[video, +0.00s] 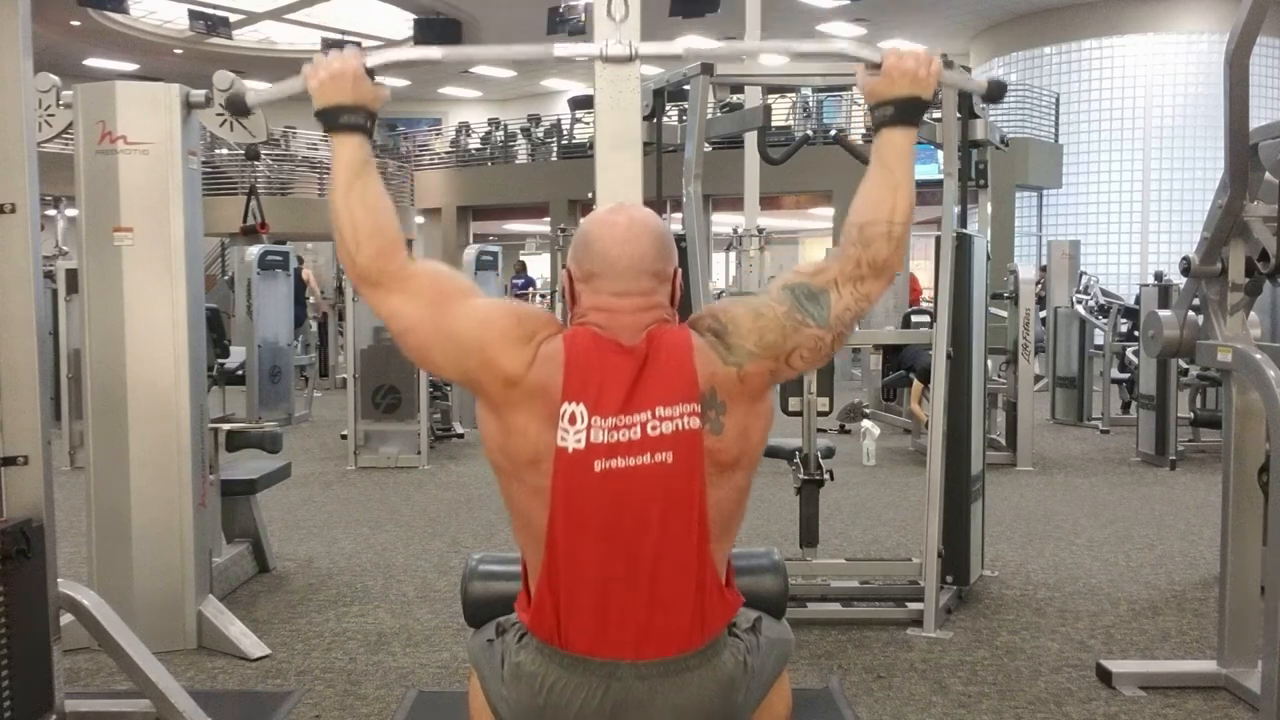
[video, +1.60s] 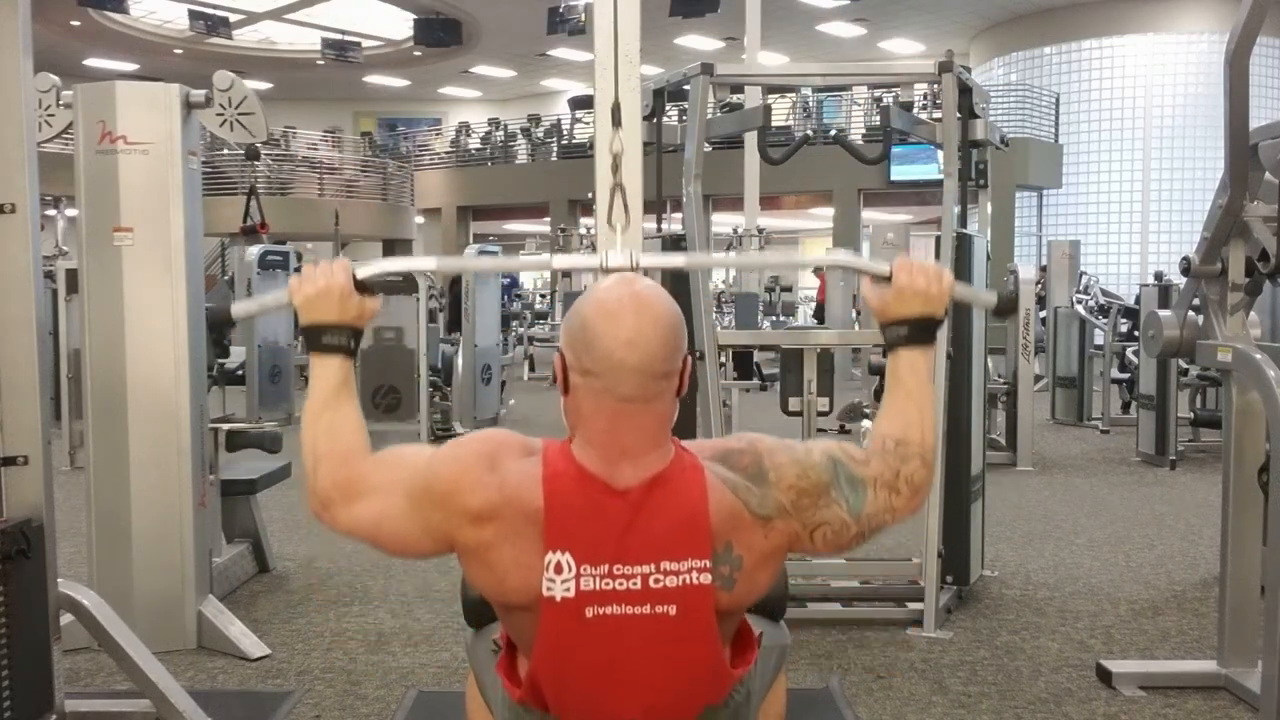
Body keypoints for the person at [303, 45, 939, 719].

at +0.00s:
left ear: (570, 287)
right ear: (673, 288)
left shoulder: (510, 354)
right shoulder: (740, 353)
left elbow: (379, 270)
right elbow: (865, 268)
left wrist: (347, 122)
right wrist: (899, 116)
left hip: (554, 686)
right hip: (698, 685)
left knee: (489, 659)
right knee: (769, 650)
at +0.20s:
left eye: (567, 297)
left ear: (566, 317)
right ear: (678, 317)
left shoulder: (499, 405)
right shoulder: (752, 403)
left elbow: (351, 356)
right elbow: (891, 349)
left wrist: (336, 209)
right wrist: (908, 203)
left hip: (549, 689)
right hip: (708, 685)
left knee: (490, 666)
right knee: (765, 644)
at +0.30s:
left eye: (569, 315)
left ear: (565, 339)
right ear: (679, 342)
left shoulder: (497, 438)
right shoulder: (751, 437)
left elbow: (343, 412)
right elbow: (896, 410)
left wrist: (330, 264)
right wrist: (912, 261)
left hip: (546, 696)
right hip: (702, 694)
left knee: (489, 656)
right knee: (770, 651)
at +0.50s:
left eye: (567, 355)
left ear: (564, 378)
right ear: (686, 378)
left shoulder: (492, 495)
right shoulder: (754, 491)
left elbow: (339, 521)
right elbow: (898, 516)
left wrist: (326, 373)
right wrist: (911, 370)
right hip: (709, 699)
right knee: (770, 644)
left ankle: (484, 708)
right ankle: (784, 710)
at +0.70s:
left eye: (567, 383)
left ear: (566, 407)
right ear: (690, 414)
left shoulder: (487, 534)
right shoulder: (762, 534)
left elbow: (347, 606)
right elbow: (880, 608)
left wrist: (326, 459)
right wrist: (907, 461)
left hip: (532, 705)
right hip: (705, 705)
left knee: (480, 663)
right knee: (767, 637)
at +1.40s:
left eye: (567, 367)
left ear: (564, 389)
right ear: (686, 393)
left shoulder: (486, 508)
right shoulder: (757, 514)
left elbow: (345, 557)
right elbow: (899, 554)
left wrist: (328, 409)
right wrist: (912, 410)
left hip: (536, 706)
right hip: (710, 704)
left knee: (489, 636)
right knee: (769, 627)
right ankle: (779, 704)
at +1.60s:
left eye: (564, 353)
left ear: (561, 375)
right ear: (682, 377)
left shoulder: (488, 482)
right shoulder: (748, 486)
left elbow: (337, 493)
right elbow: (898, 479)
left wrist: (330, 345)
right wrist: (912, 337)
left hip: (545, 701)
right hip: (706, 699)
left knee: (472, 666)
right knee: (774, 646)